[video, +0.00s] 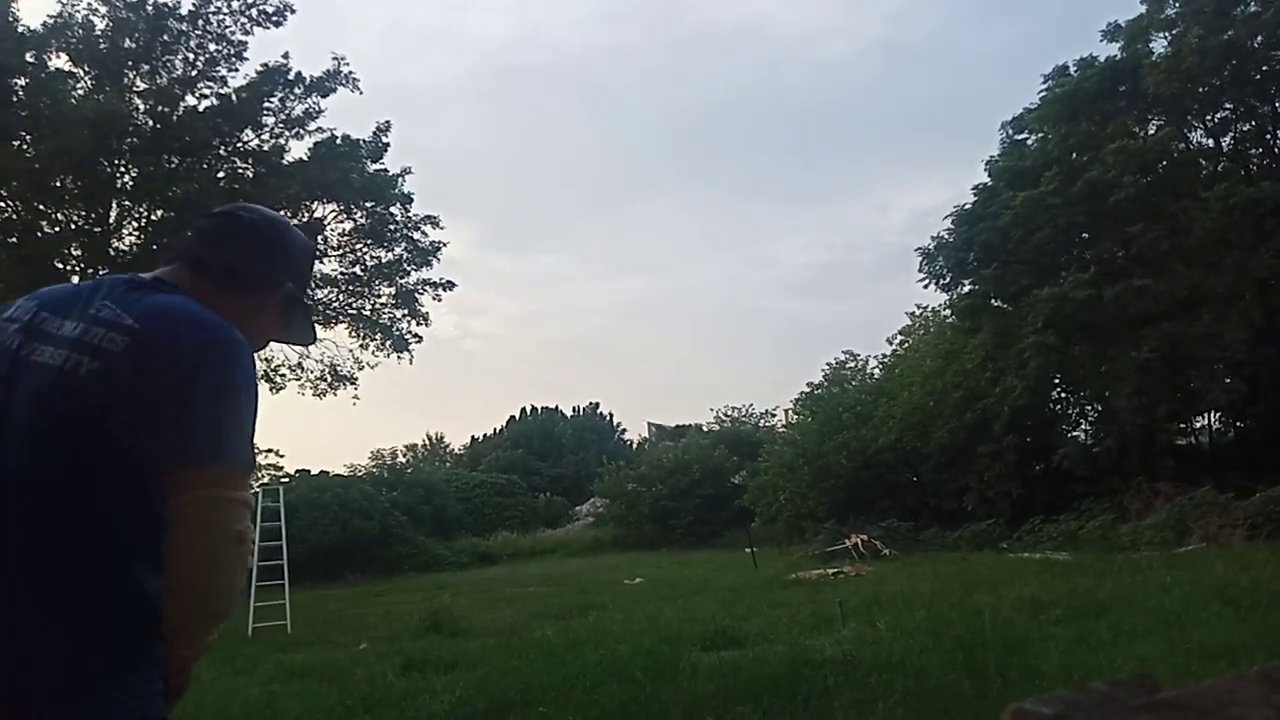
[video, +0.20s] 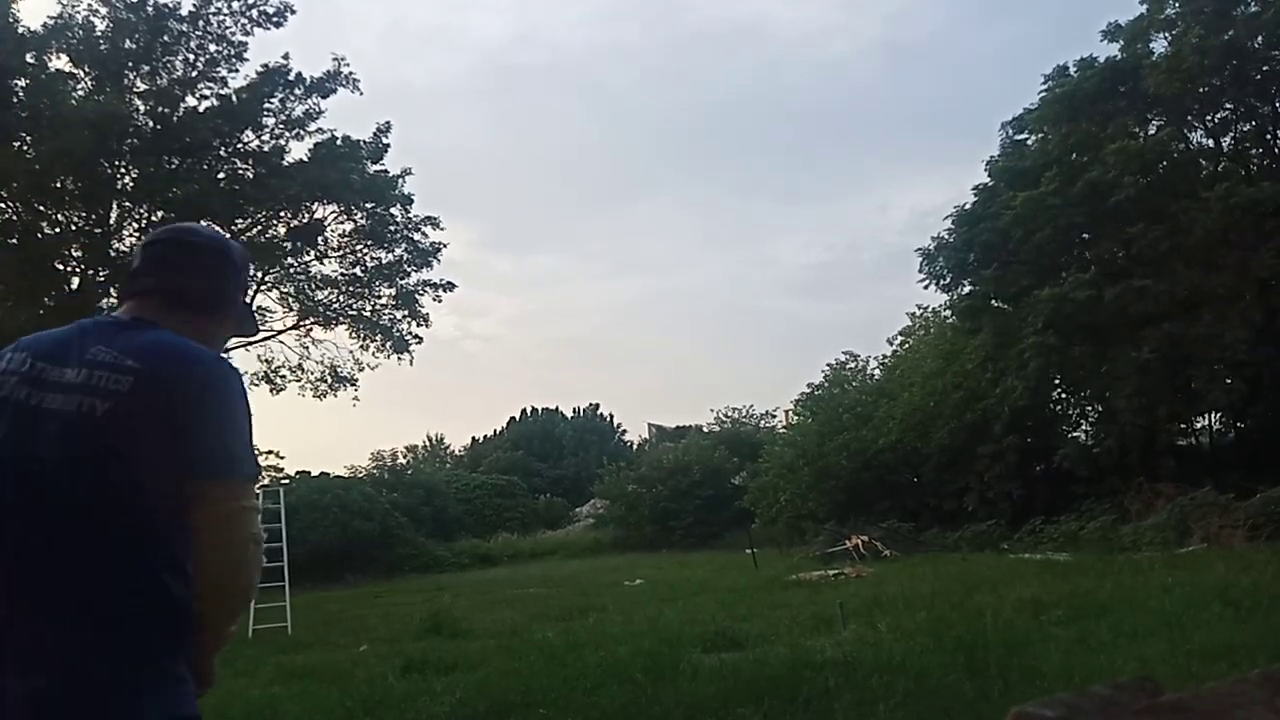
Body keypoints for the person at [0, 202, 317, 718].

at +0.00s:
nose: (269, 342)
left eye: (281, 331)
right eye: (279, 323)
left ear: (194, 258)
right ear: (265, 292)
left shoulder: (34, 306)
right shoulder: (209, 347)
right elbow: (211, 567)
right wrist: (172, 668)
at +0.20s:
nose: (226, 343)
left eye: (233, 333)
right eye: (230, 329)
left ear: (133, 291)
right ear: (217, 311)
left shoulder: (20, 355)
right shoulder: (202, 376)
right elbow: (233, 561)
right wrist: (199, 654)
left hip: (13, 660)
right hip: (132, 675)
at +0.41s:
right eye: (190, 321)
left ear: (85, 315)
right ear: (183, 324)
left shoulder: (11, 385)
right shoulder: (195, 397)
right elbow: (224, 568)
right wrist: (189, 644)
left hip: (17, 667)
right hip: (140, 674)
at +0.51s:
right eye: (181, 328)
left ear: (81, 325)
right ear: (174, 334)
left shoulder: (11, 392)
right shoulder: (193, 404)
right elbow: (223, 561)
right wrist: (171, 632)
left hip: (19, 661)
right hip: (145, 670)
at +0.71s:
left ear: (92, 346)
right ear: (183, 354)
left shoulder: (17, 418)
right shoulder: (206, 430)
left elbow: (10, 543)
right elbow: (226, 570)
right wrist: (167, 625)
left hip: (30, 662)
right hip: (157, 671)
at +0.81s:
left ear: (110, 366)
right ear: (191, 377)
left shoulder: (33, 439)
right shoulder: (216, 454)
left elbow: (4, 560)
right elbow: (230, 587)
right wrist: (169, 632)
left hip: (39, 672)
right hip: (161, 679)